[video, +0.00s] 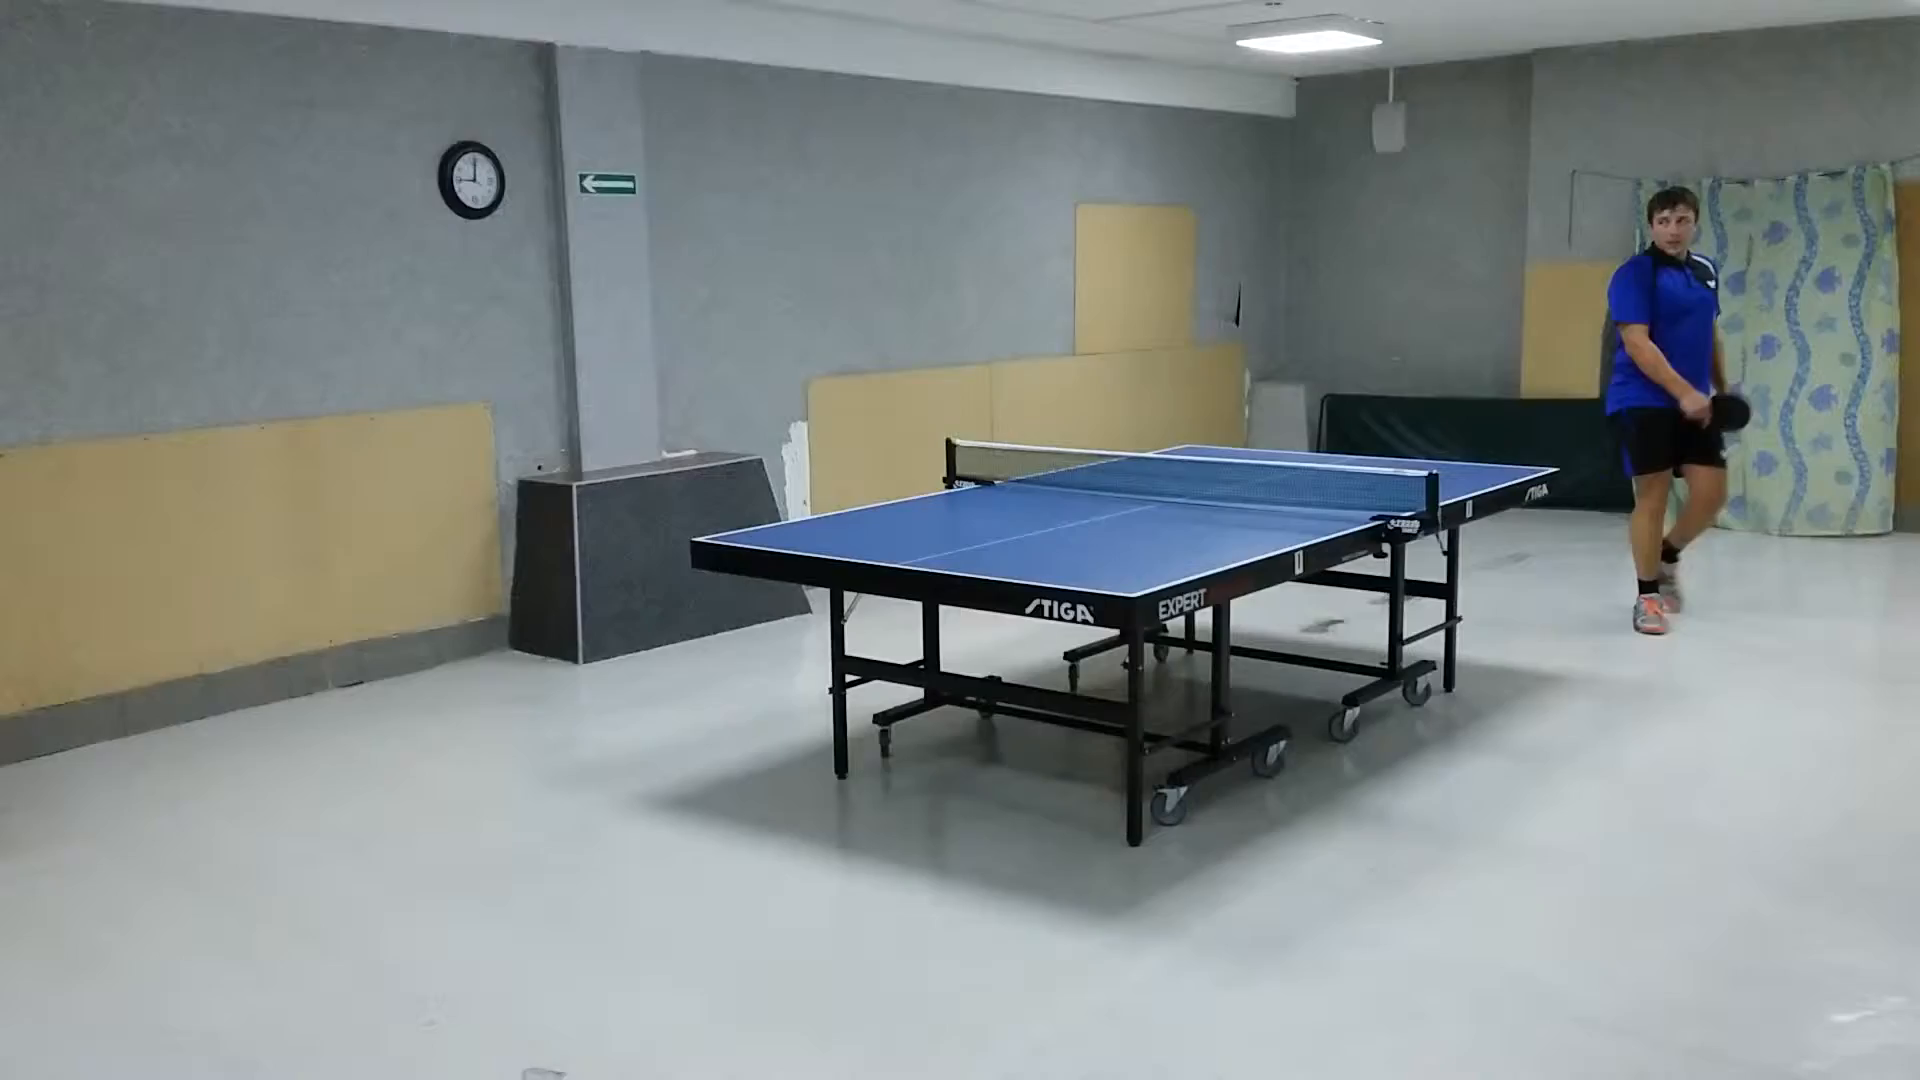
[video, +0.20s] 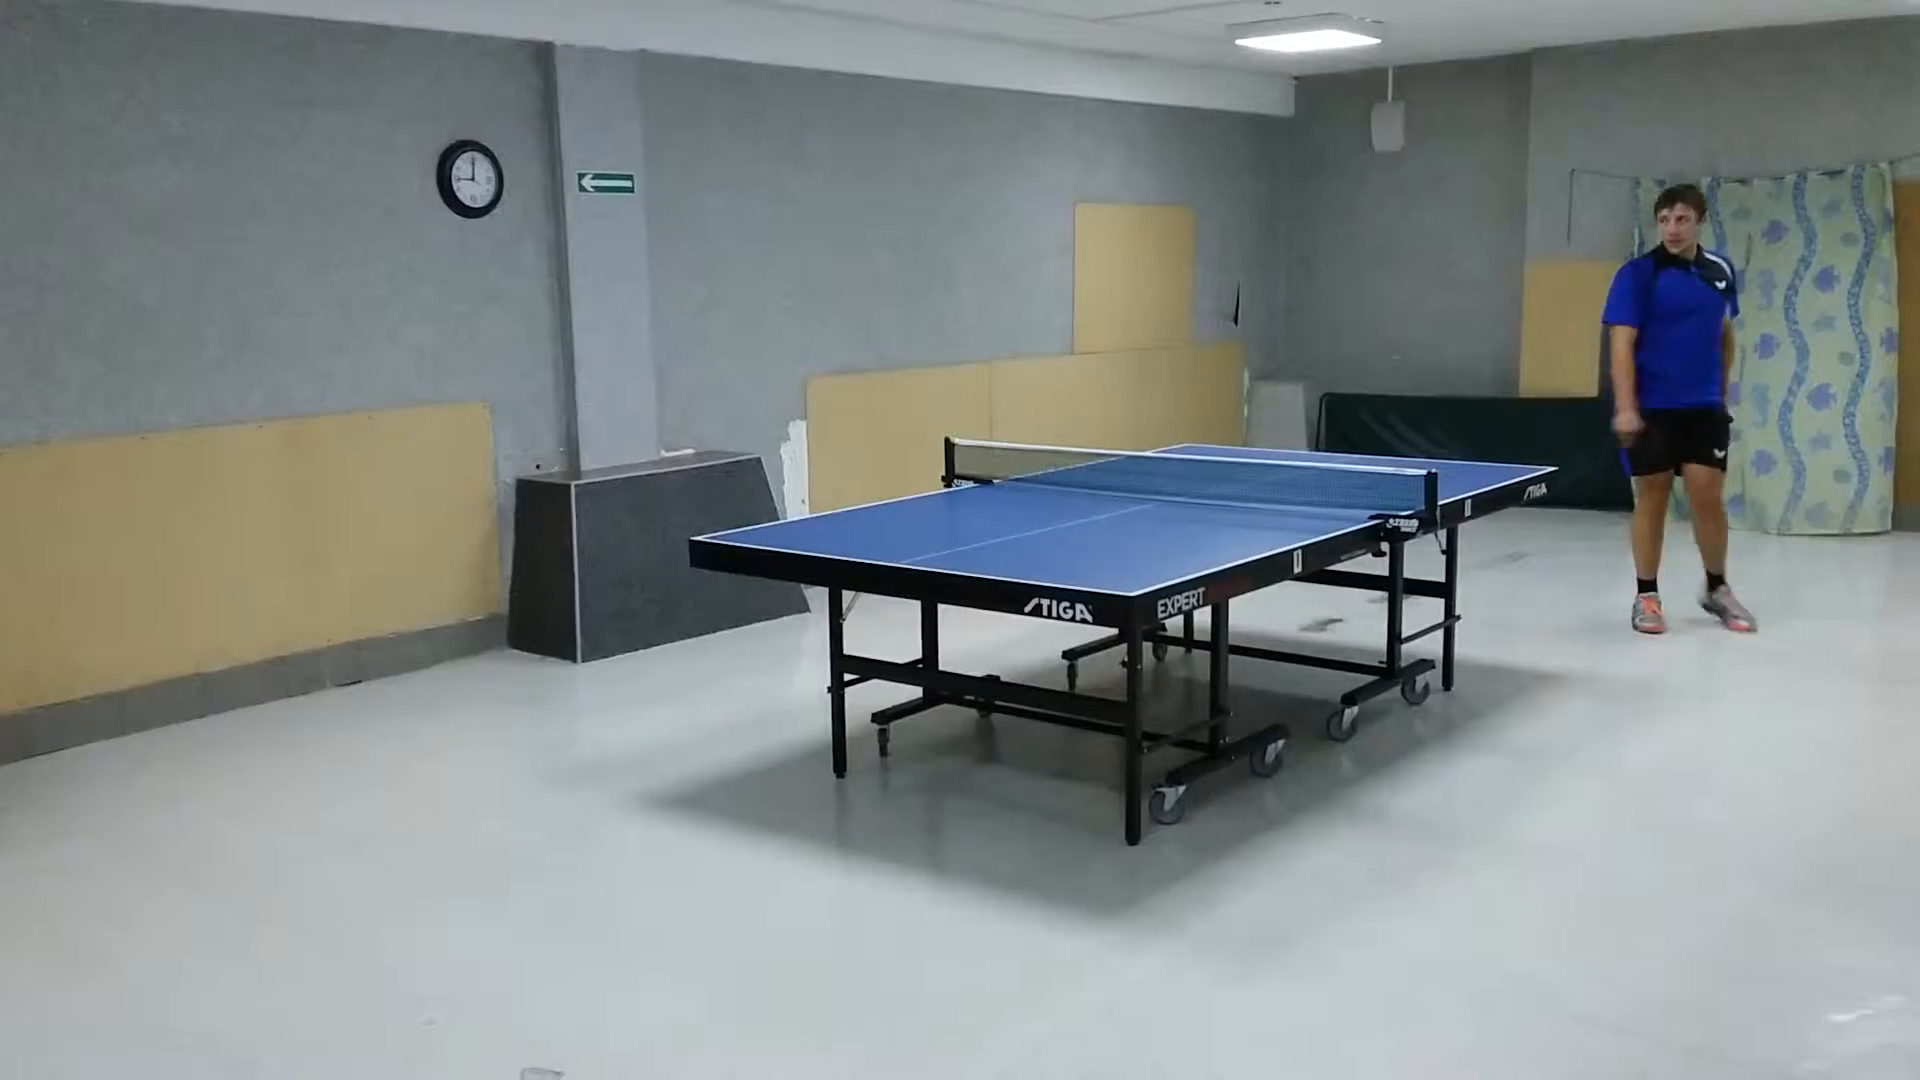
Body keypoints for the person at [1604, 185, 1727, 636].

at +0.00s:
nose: (1674, 229)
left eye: (1683, 221)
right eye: (1665, 221)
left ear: (1695, 227)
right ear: (1651, 226)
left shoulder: (1703, 272)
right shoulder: (1635, 273)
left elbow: (1710, 334)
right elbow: (1636, 343)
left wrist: (1722, 388)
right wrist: (1684, 392)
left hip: (1694, 399)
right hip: (1645, 399)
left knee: (1710, 495)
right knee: (1653, 494)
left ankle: (1663, 556)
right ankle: (1647, 594)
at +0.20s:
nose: (1672, 228)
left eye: (1682, 220)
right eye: (1665, 220)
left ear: (1698, 223)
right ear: (1657, 224)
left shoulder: (1718, 271)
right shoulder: (1636, 274)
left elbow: (1726, 335)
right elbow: (1621, 343)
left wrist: (1722, 394)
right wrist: (1625, 406)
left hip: (1704, 406)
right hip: (1650, 407)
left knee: (1708, 493)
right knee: (1652, 496)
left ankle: (1717, 589)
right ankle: (1647, 596)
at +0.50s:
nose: (1685, 221)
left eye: (1696, 213)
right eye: (1681, 213)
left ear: (1719, 220)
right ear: (1674, 219)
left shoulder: (1751, 272)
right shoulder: (1650, 269)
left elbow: (1773, 337)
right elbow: (1609, 325)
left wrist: (1780, 408)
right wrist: (1569, 376)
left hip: (1717, 409)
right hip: (1655, 405)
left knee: (1713, 498)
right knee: (1656, 495)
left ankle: (1725, 602)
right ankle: (1646, 596)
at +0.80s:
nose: (1682, 219)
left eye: (1693, 212)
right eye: (1679, 211)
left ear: (1717, 219)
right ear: (1673, 215)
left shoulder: (1735, 267)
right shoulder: (1659, 260)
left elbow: (1760, 333)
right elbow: (1638, 327)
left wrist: (1768, 396)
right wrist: (1601, 374)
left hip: (1702, 403)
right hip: (1647, 397)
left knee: (1705, 501)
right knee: (1628, 485)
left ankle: (1716, 597)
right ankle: (1610, 587)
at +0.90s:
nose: (1678, 222)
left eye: (1689, 215)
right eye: (1673, 213)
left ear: (1709, 221)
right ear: (1667, 215)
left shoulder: (1725, 261)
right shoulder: (1655, 262)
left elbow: (1736, 315)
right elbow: (1638, 329)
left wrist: (1717, 360)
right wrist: (1606, 381)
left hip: (1698, 400)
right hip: (1644, 396)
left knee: (1703, 494)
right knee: (1619, 484)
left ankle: (1716, 596)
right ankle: (1586, 584)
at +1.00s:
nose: (1671, 228)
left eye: (1682, 221)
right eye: (1665, 219)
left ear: (1699, 226)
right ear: (1654, 222)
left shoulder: (1710, 260)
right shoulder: (1641, 268)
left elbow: (1696, 293)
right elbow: (1628, 336)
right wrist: (1597, 384)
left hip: (1688, 403)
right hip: (1632, 399)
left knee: (1702, 499)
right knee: (1605, 485)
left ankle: (1714, 596)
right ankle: (1571, 584)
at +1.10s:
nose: (1660, 229)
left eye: (1671, 222)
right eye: (1652, 221)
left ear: (1684, 226)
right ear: (1640, 223)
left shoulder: (1691, 261)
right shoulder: (1623, 268)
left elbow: (1658, 256)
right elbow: (1614, 333)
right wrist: (1583, 384)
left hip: (1671, 406)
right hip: (1615, 403)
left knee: (1691, 498)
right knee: (1589, 488)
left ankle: (1710, 595)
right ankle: (1562, 587)